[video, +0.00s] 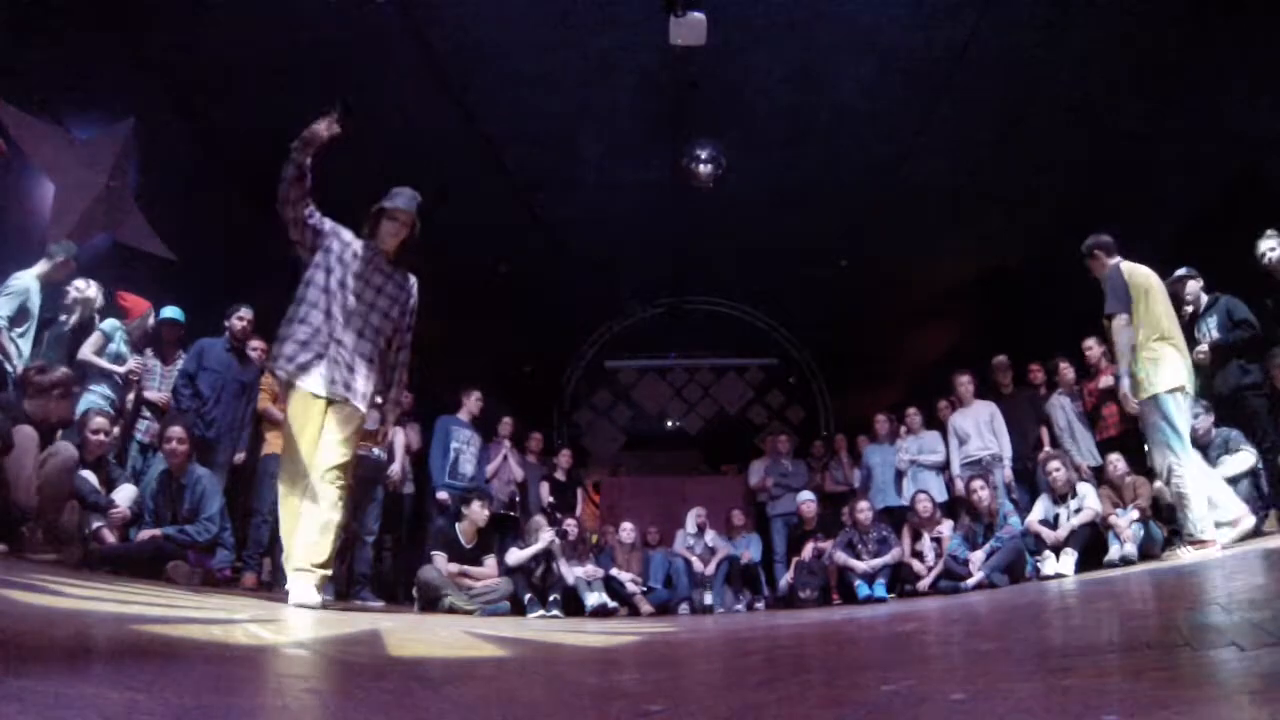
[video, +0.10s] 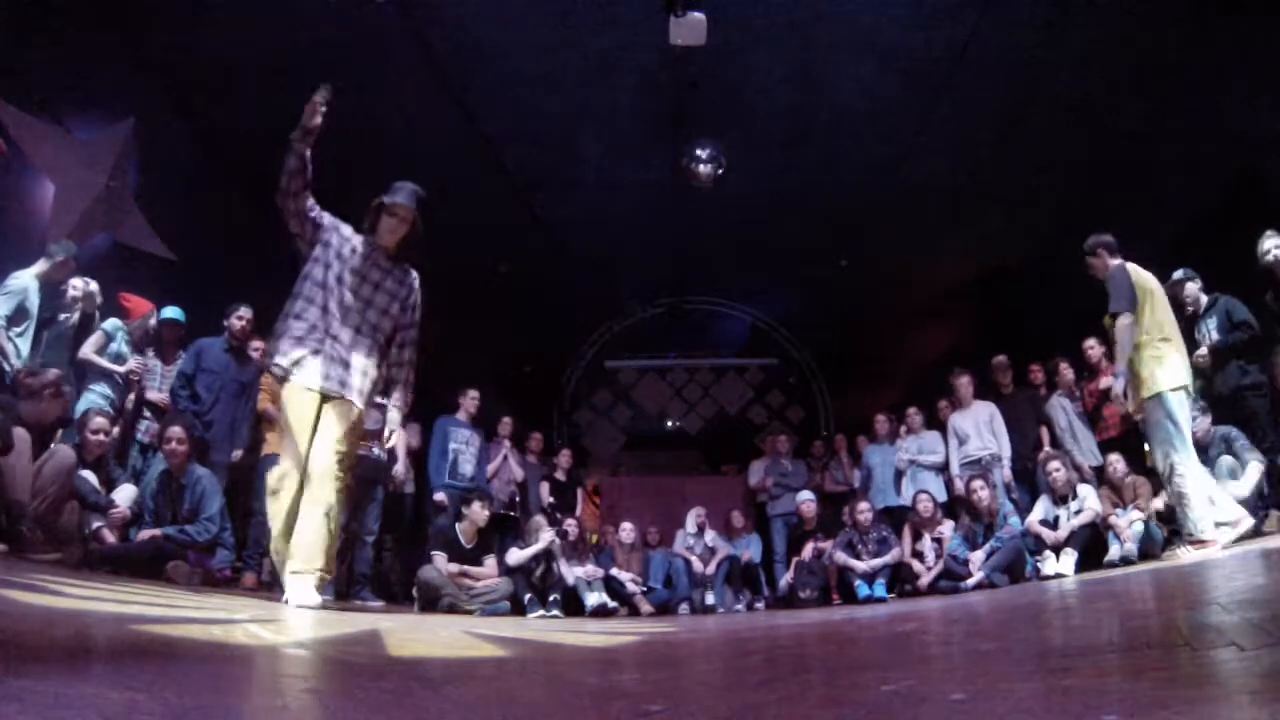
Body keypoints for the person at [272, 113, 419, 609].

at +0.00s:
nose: (395, 230)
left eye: (404, 225)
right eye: (391, 220)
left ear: (410, 233)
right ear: (376, 219)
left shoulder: (406, 288)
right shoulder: (336, 240)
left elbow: (399, 354)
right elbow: (296, 208)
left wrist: (388, 412)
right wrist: (305, 149)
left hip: (356, 384)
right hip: (308, 369)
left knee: (329, 474)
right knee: (298, 472)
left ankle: (311, 578)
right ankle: (298, 575)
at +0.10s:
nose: (394, 225)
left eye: (403, 220)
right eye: (390, 214)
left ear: (411, 229)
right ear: (376, 213)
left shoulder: (407, 283)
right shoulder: (333, 235)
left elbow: (404, 355)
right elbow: (295, 200)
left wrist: (395, 417)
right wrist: (305, 138)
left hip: (352, 380)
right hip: (301, 364)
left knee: (326, 469)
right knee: (291, 464)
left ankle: (308, 577)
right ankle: (287, 570)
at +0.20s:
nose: (391, 218)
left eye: (400, 213)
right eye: (387, 208)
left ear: (410, 222)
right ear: (373, 207)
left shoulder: (408, 279)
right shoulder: (330, 230)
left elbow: (407, 353)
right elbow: (290, 192)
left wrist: (403, 418)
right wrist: (300, 135)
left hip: (354, 380)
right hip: (298, 362)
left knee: (329, 474)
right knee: (281, 462)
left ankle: (306, 575)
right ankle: (267, 565)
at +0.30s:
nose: (388, 201)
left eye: (398, 196)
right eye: (383, 191)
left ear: (408, 204)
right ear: (369, 190)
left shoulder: (410, 258)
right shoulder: (329, 218)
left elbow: (409, 336)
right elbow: (290, 184)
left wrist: (401, 406)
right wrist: (297, 139)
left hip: (356, 368)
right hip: (299, 346)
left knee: (330, 470)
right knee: (269, 449)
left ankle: (308, 578)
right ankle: (253, 564)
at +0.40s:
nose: (381, 178)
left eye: (390, 172)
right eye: (377, 168)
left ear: (403, 180)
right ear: (364, 170)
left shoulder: (412, 236)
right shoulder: (325, 203)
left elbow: (411, 314)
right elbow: (291, 161)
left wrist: (390, 379)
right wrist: (302, 103)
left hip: (353, 360)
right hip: (296, 339)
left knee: (329, 467)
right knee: (260, 444)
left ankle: (308, 579)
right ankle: (229, 569)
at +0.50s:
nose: (376, 161)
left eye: (385, 154)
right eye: (370, 151)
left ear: (399, 162)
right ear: (358, 154)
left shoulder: (412, 219)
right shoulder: (324, 190)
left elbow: (409, 293)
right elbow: (293, 143)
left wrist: (383, 349)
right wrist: (300, 85)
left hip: (354, 351)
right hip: (292, 333)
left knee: (328, 466)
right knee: (253, 439)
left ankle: (308, 578)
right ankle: (222, 569)